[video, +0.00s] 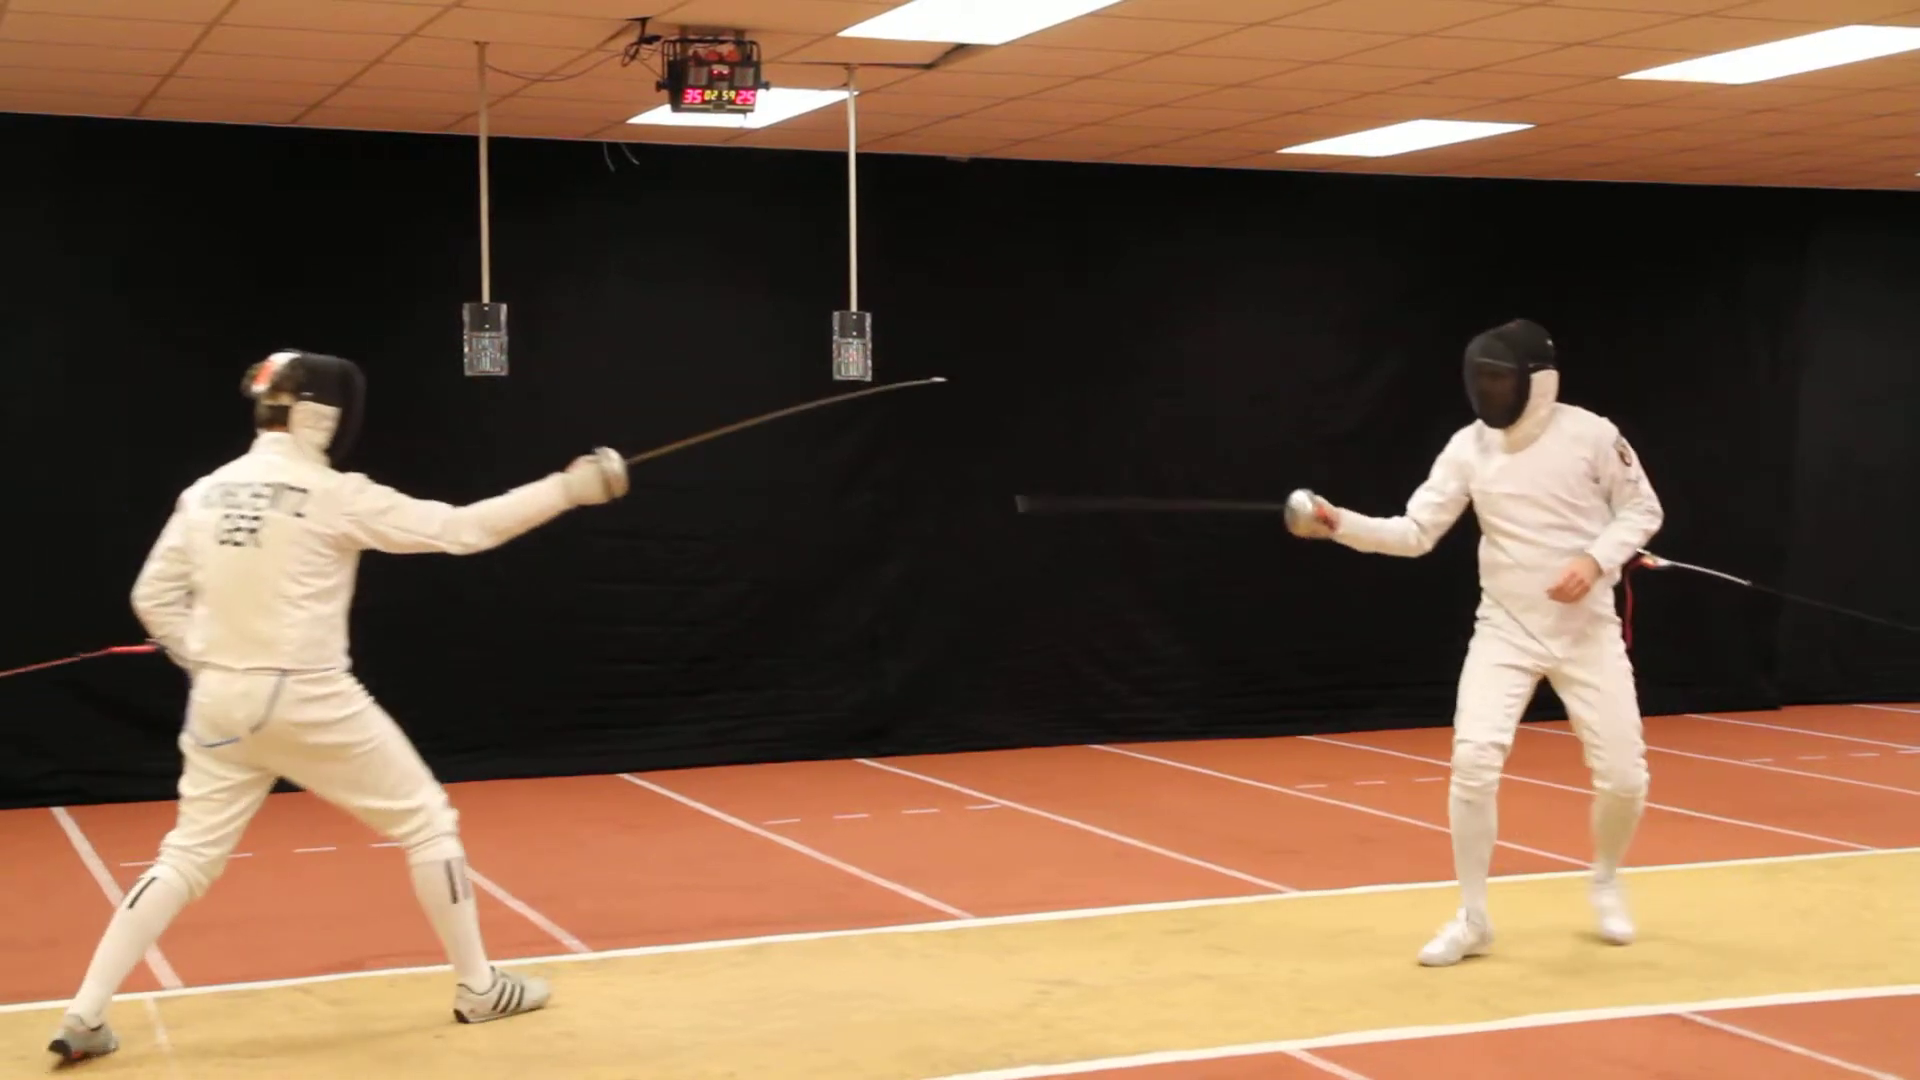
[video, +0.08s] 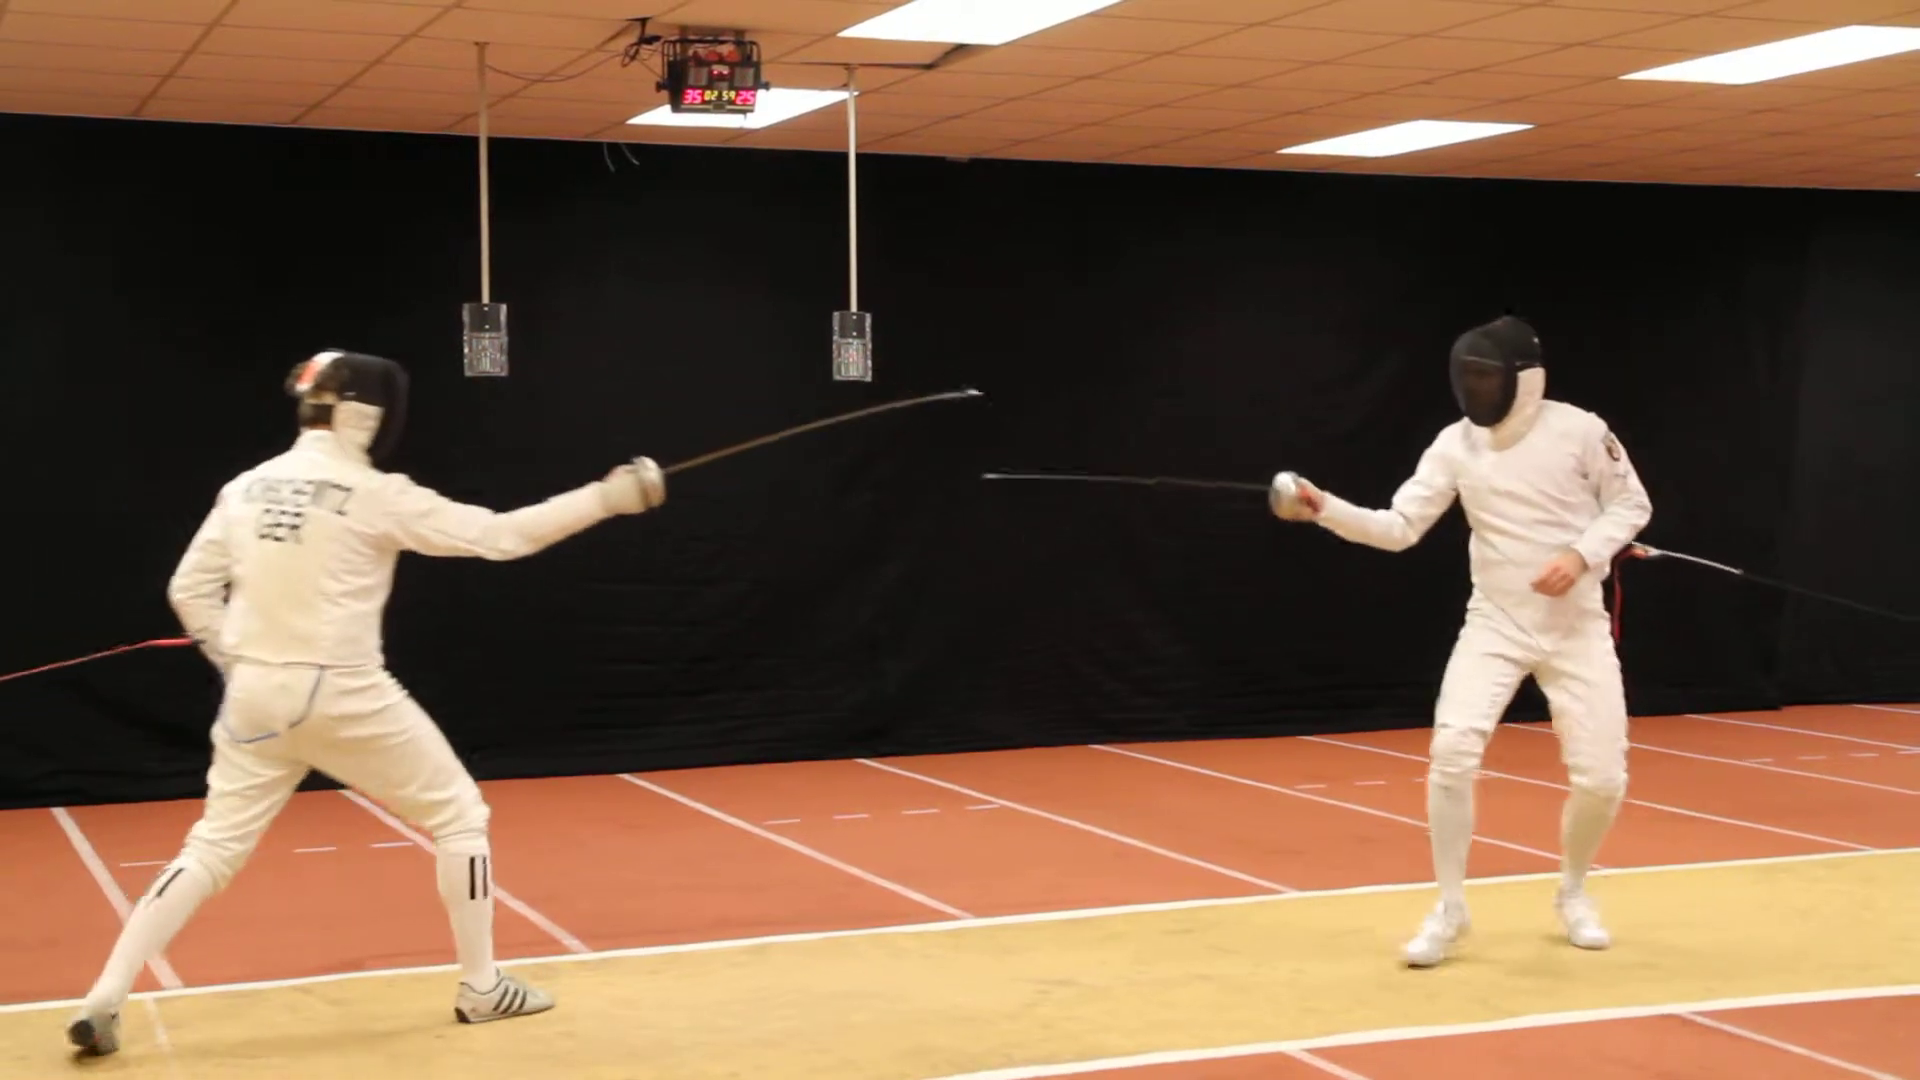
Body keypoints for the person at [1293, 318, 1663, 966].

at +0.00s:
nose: (1486, 390)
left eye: (1499, 378)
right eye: (1480, 377)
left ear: (1537, 380)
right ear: (1477, 380)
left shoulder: (1592, 437)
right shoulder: (1470, 449)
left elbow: (1643, 511)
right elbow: (1415, 533)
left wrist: (1595, 560)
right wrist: (1336, 522)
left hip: (1589, 634)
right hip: (1504, 630)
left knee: (1625, 781)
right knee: (1472, 765)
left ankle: (1606, 881)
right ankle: (1472, 917)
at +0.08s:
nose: (1474, 389)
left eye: (1487, 377)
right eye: (1468, 376)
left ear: (1527, 377)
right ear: (1463, 377)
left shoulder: (1582, 433)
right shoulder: (1457, 446)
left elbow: (1632, 505)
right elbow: (1398, 528)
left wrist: (1581, 555)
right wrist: (1319, 506)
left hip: (1578, 632)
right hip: (1493, 627)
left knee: (1603, 782)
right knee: (1451, 754)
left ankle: (1572, 892)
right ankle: (1449, 909)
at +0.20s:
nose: (1452, 402)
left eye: (1465, 389)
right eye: (1446, 389)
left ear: (1504, 391)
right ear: (1440, 391)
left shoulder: (1560, 447)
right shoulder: (1436, 461)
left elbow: (1618, 517)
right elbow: (1368, 533)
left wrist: (1566, 580)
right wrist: (1291, 505)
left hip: (1559, 645)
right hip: (1473, 643)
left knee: (1577, 790)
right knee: (1423, 771)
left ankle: (1565, 904)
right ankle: (1370, 922)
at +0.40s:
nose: (1390, 415)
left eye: (1403, 403)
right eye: (1385, 402)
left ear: (1442, 406)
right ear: (1381, 404)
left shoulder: (1500, 465)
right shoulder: (1372, 473)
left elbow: (1557, 546)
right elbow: (1291, 519)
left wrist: (1561, 638)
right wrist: (1205, 505)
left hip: (1504, 658)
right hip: (1416, 659)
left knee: (1558, 801)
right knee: (1354, 774)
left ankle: (1562, 892)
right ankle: (1343, 935)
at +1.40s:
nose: (1382, 398)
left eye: (1396, 386)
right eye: (1378, 385)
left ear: (1435, 390)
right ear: (1375, 387)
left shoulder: (1487, 455)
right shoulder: (1366, 460)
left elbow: (1540, 542)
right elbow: (1311, 545)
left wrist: (1517, 613)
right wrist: (1233, 522)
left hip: (1482, 650)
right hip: (1397, 646)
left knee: (1511, 795)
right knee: (1331, 769)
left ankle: (1537, 908)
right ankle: (1287, 922)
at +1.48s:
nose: (1361, 408)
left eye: (1376, 395)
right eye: (1357, 395)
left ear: (1414, 399)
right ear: (1351, 396)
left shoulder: (1463, 462)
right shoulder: (1341, 471)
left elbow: (1515, 550)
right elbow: (1286, 552)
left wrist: (1488, 625)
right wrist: (1212, 533)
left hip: (1464, 660)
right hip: (1377, 655)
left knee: (1501, 800)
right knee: (1307, 775)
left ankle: (1537, 909)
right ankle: (1239, 920)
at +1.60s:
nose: (1305, 425)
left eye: (1320, 412)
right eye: (1300, 411)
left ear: (1361, 418)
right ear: (1294, 417)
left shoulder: (1412, 479)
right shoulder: (1286, 488)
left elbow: (1465, 563)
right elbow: (1211, 548)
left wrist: (1454, 645)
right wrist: (1127, 550)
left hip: (1424, 678)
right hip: (1334, 676)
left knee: (1491, 813)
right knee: (1255, 784)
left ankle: (1533, 906)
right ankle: (1197, 941)